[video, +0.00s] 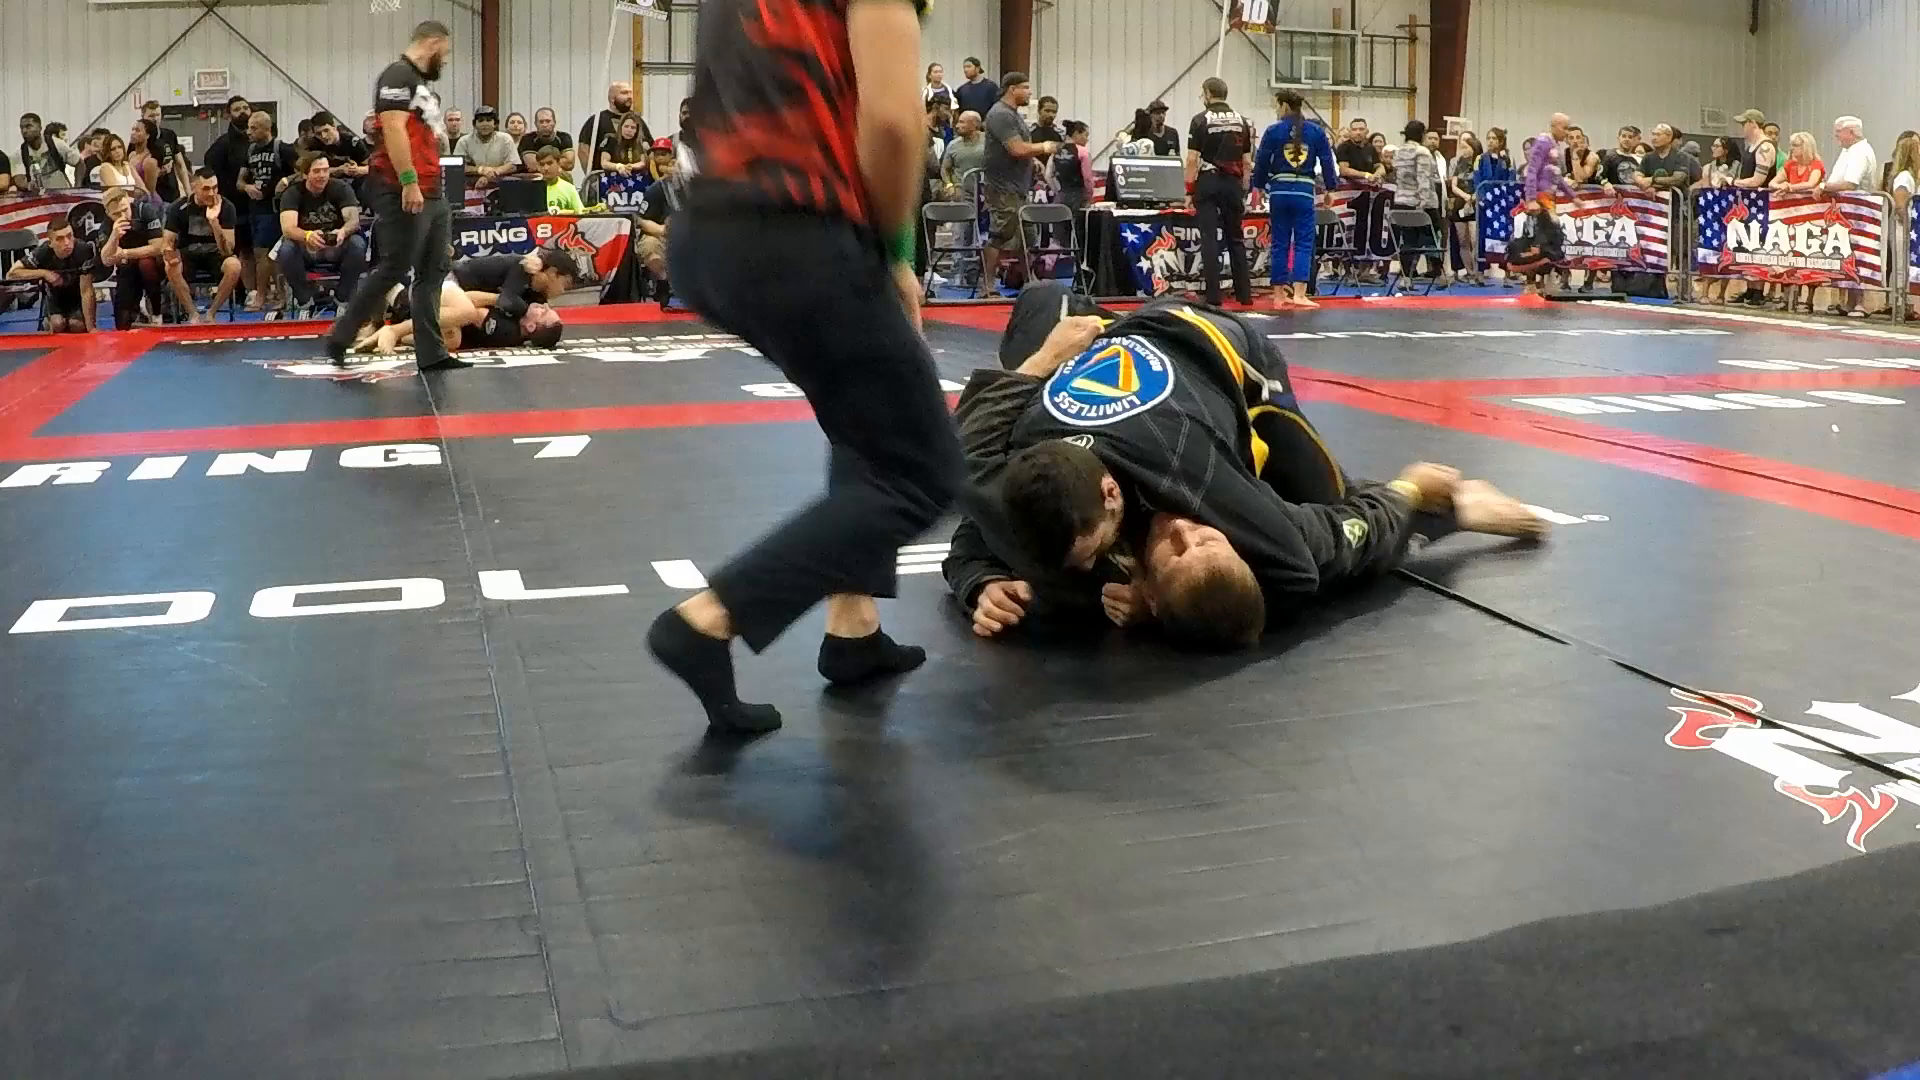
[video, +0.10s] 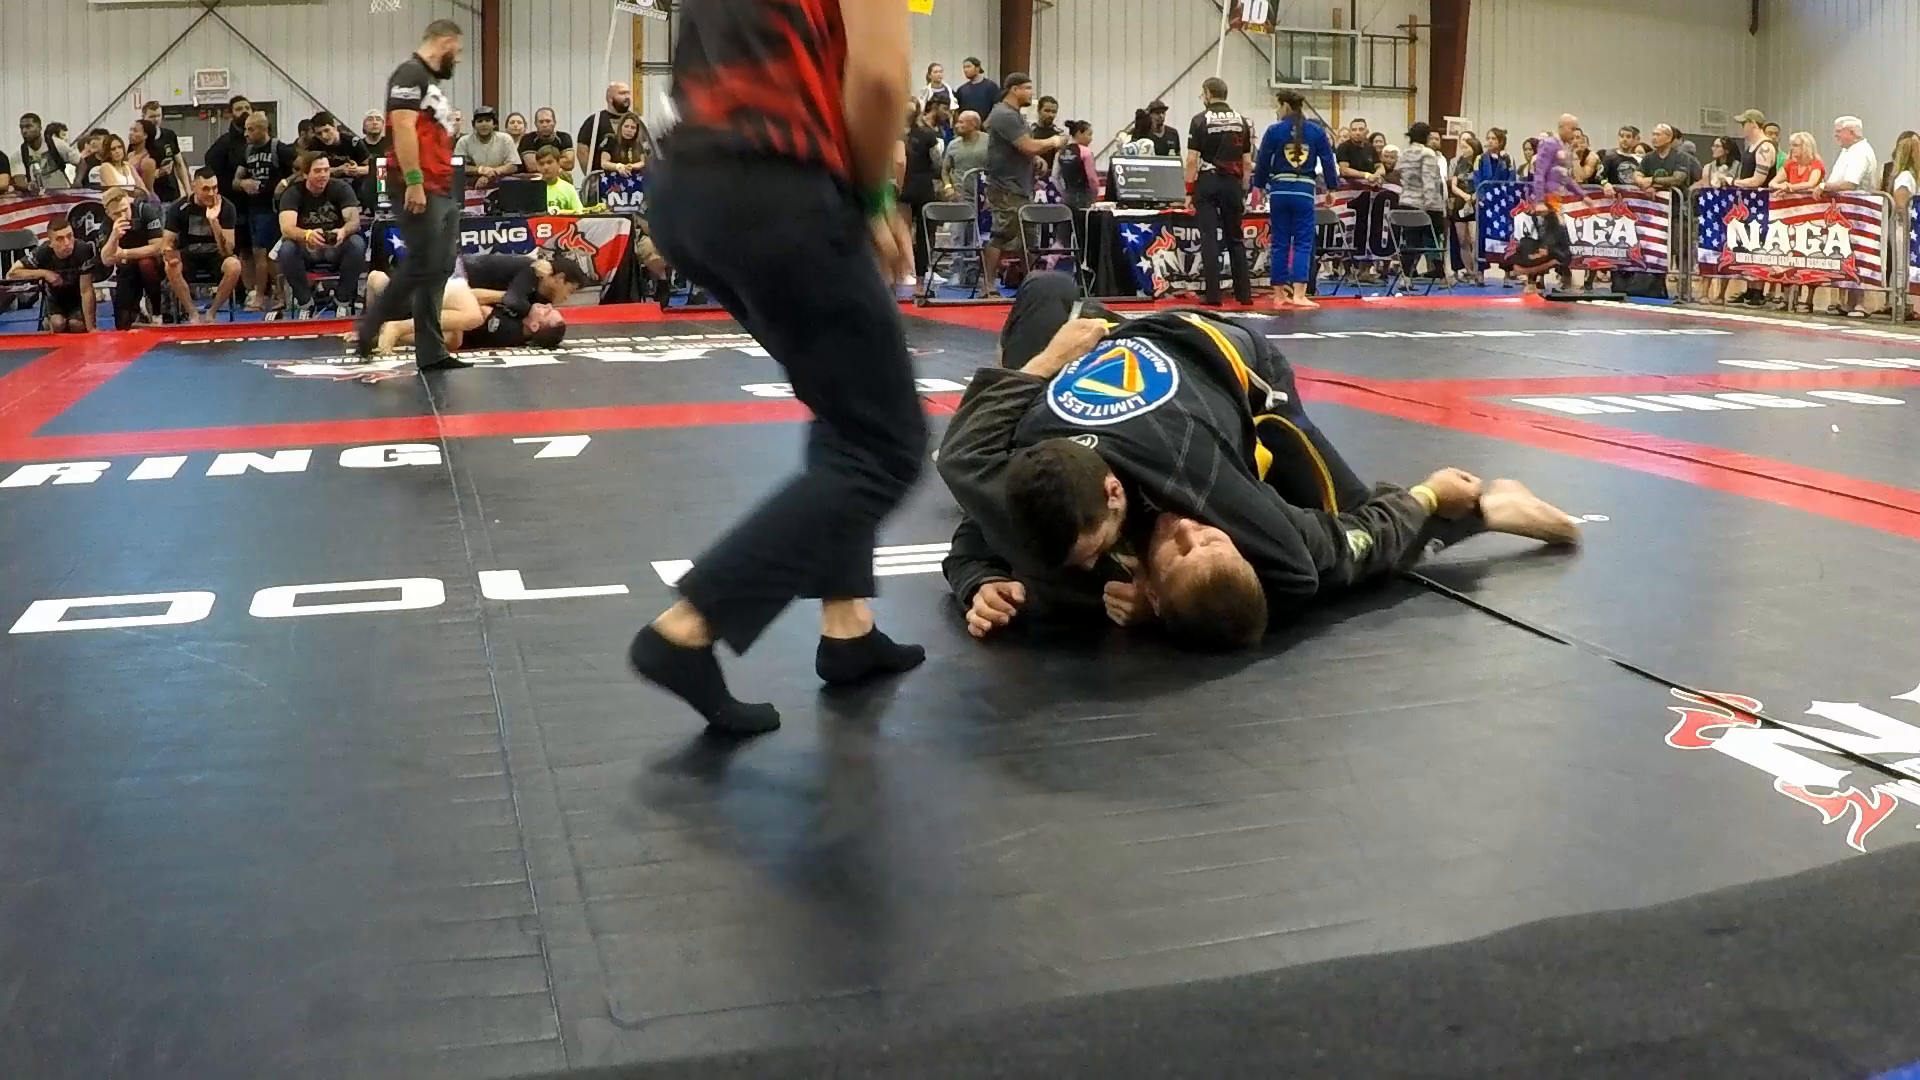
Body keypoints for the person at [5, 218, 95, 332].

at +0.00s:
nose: (67, 243)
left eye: (69, 237)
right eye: (60, 239)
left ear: (73, 236)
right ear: (50, 241)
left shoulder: (83, 250)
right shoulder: (43, 252)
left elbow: (86, 290)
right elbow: (12, 273)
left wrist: (91, 327)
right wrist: (44, 273)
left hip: (77, 291)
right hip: (55, 292)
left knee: (78, 325)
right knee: (58, 324)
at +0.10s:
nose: (67, 243)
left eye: (69, 237)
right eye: (60, 239)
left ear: (73, 235)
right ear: (50, 241)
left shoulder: (83, 250)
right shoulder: (44, 251)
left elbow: (86, 290)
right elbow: (12, 273)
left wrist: (91, 328)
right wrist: (44, 273)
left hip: (78, 293)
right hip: (55, 294)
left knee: (77, 325)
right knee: (58, 324)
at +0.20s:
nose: (67, 243)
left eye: (69, 237)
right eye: (60, 239)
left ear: (73, 235)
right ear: (50, 241)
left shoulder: (83, 250)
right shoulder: (44, 251)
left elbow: (86, 290)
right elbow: (12, 273)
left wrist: (91, 328)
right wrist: (44, 273)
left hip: (77, 292)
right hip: (55, 293)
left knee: (77, 325)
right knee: (58, 324)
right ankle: (46, 323)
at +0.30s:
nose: (67, 243)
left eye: (69, 237)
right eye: (60, 239)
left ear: (73, 234)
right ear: (50, 240)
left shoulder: (83, 250)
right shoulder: (44, 251)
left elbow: (86, 290)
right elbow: (12, 273)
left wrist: (91, 328)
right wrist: (44, 273)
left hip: (77, 292)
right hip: (55, 293)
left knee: (77, 325)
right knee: (58, 324)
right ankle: (47, 324)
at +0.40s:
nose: (67, 243)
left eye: (69, 237)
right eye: (60, 239)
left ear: (73, 235)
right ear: (50, 241)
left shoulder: (83, 249)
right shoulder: (43, 251)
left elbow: (86, 290)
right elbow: (12, 273)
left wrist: (91, 328)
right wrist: (44, 273)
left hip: (77, 293)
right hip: (55, 294)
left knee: (78, 325)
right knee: (58, 324)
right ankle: (47, 324)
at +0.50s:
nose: (67, 243)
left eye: (69, 237)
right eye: (60, 239)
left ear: (73, 235)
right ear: (50, 241)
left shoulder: (83, 249)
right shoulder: (44, 251)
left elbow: (86, 290)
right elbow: (12, 273)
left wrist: (91, 328)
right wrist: (44, 273)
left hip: (77, 292)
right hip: (55, 293)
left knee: (76, 325)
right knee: (58, 324)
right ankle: (47, 323)